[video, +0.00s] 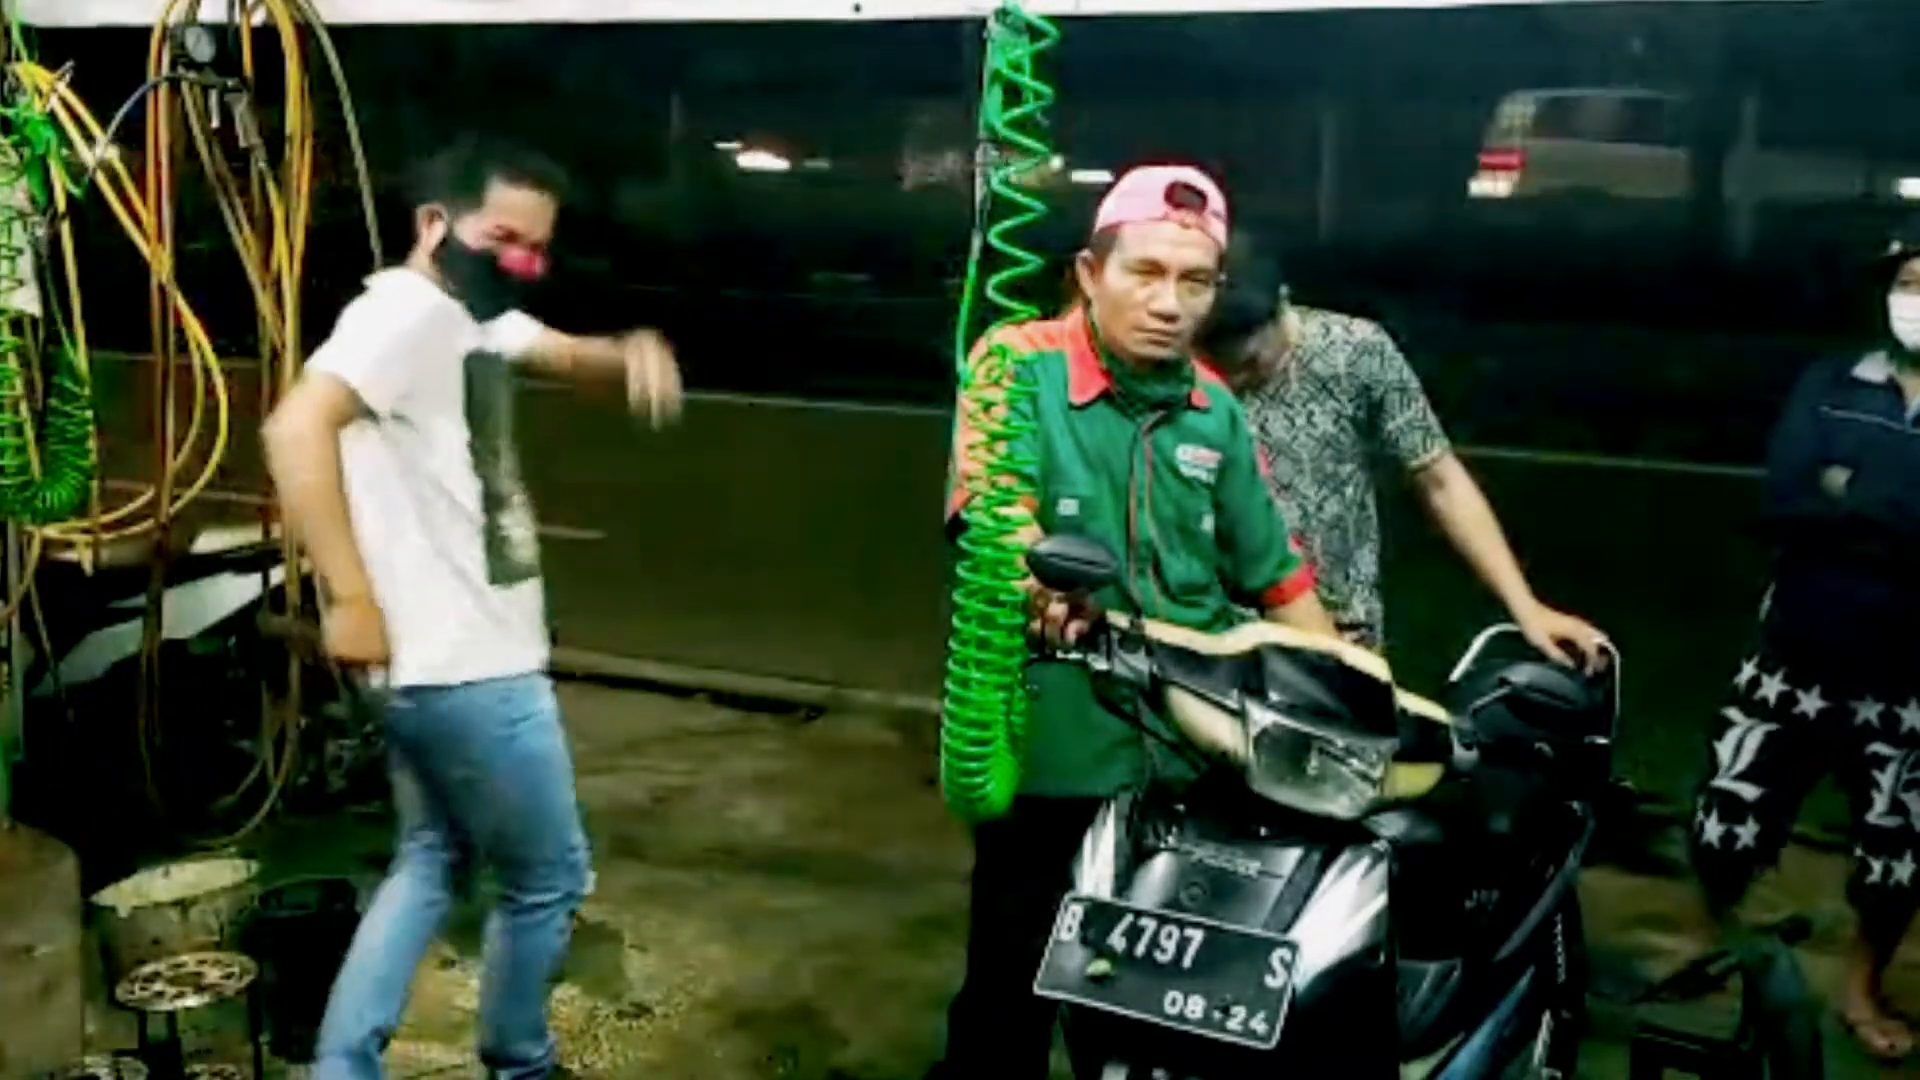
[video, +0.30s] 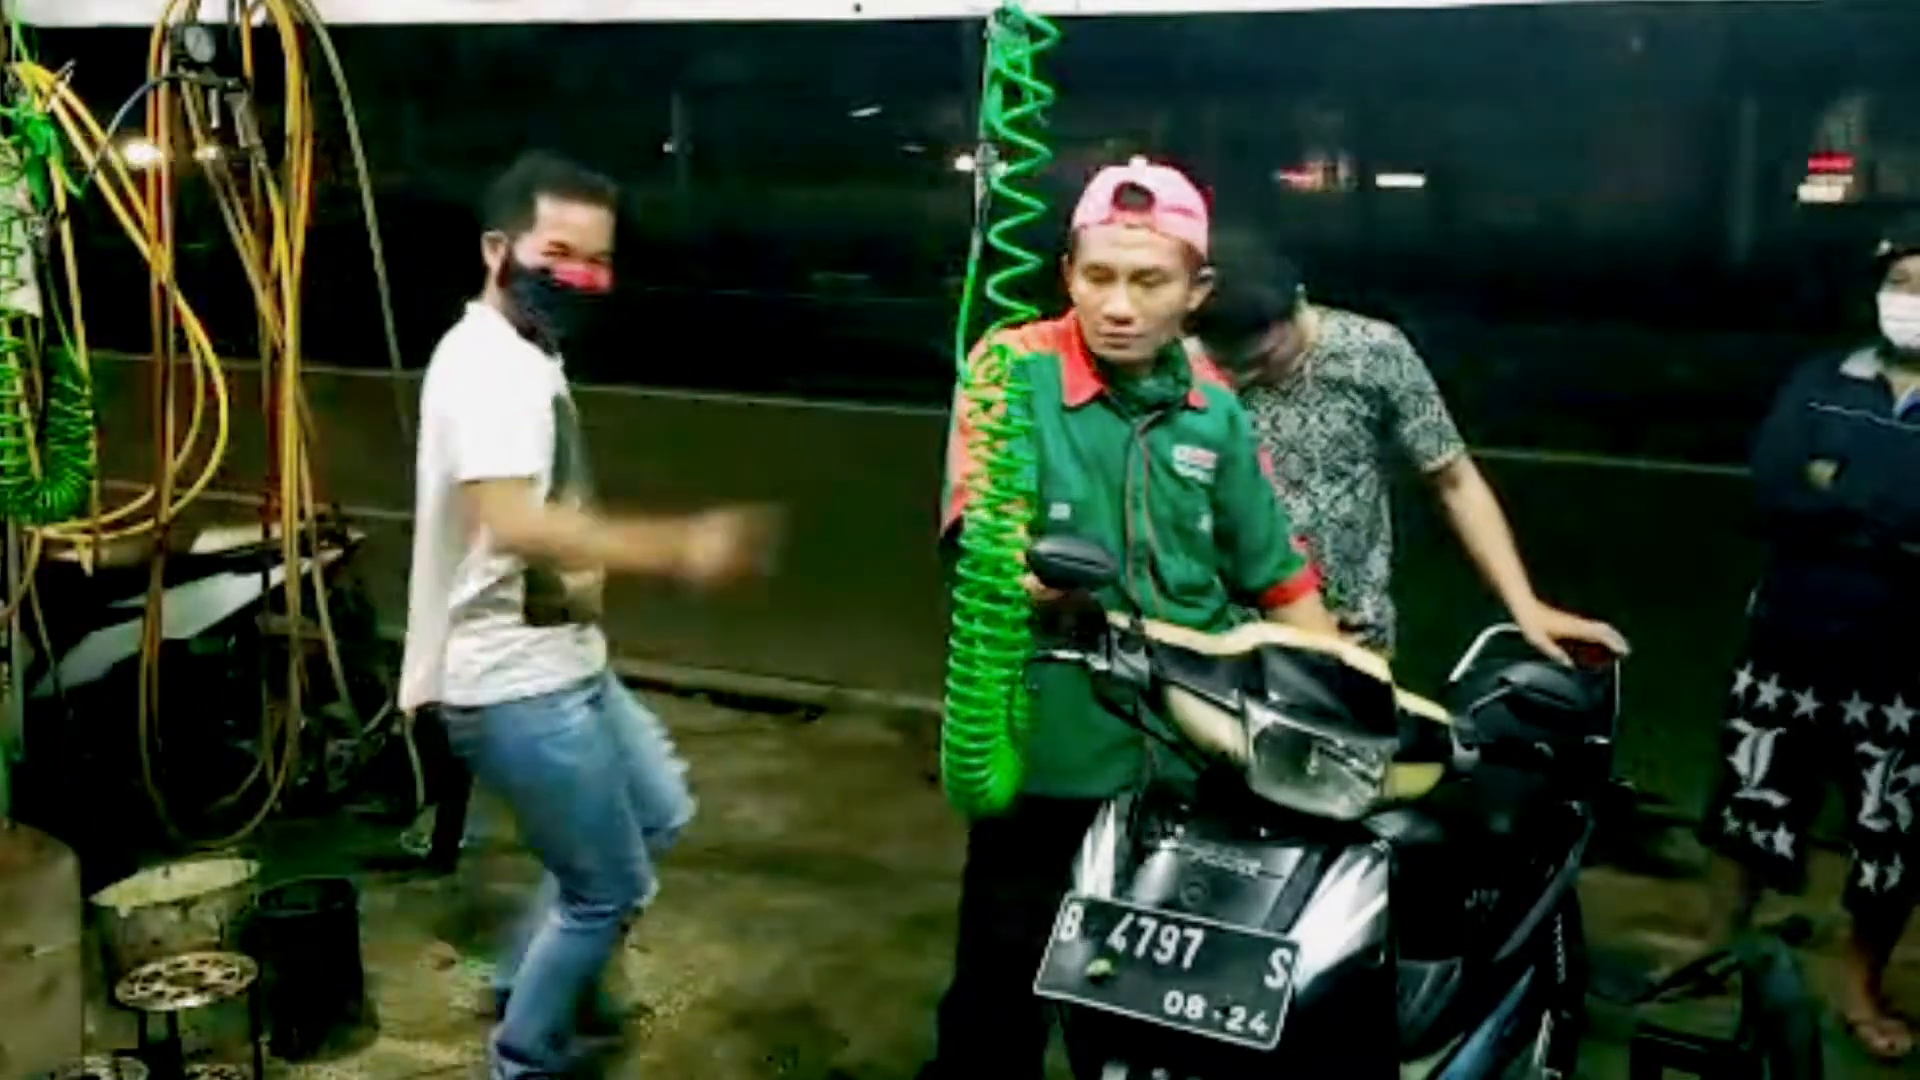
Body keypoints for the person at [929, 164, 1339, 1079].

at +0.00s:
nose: (1169, 303)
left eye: (1194, 282)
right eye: (1146, 274)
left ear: (1217, 296)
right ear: (1090, 274)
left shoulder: (1215, 412)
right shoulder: (1017, 367)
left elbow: (1282, 584)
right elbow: (987, 509)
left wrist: (1344, 699)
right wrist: (1043, 596)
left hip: (1188, 754)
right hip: (1050, 752)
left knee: (1159, 1009)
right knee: (1007, 1010)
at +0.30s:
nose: (1119, 305)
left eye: (1148, 281)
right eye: (1099, 277)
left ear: (1196, 289)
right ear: (1070, 276)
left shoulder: (1216, 414)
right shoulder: (1014, 372)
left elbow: (1286, 585)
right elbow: (974, 518)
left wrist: (1341, 701)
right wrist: (1030, 577)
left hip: (1184, 756)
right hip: (1042, 754)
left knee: (1155, 1015)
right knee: (996, 1015)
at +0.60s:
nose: (1063, 316)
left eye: (1090, 291)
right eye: (1048, 290)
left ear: (1156, 291)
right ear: (1031, 288)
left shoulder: (1200, 412)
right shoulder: (981, 382)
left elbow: (1286, 585)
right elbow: (956, 545)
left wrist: (1350, 686)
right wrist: (1031, 586)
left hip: (1171, 773)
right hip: (1022, 776)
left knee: (1147, 1036)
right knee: (963, 1030)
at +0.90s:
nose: (992, 334)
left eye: (1018, 310)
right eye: (974, 307)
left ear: (1089, 303)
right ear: (954, 300)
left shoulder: (1154, 410)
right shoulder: (922, 401)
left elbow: (1259, 596)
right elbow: (899, 586)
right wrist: (1019, 627)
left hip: (1138, 753)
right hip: (979, 753)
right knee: (905, 1007)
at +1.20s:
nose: (842, 336)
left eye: (864, 311)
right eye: (829, 312)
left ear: (950, 293)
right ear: (816, 303)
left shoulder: (1054, 404)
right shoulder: (818, 420)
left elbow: (1171, 591)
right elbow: (801, 624)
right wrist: (869, 776)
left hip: (1049, 812)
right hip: (876, 809)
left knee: (1112, 1051)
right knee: (847, 1056)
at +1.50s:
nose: (726, 310)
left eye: (744, 284)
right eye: (716, 286)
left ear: (835, 271)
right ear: (709, 278)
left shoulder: (950, 394)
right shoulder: (726, 404)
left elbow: (1017, 590)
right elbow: (667, 577)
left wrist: (1007, 779)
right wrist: (572, 718)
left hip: (938, 808)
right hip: (797, 808)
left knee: (942, 1050)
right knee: (818, 1040)